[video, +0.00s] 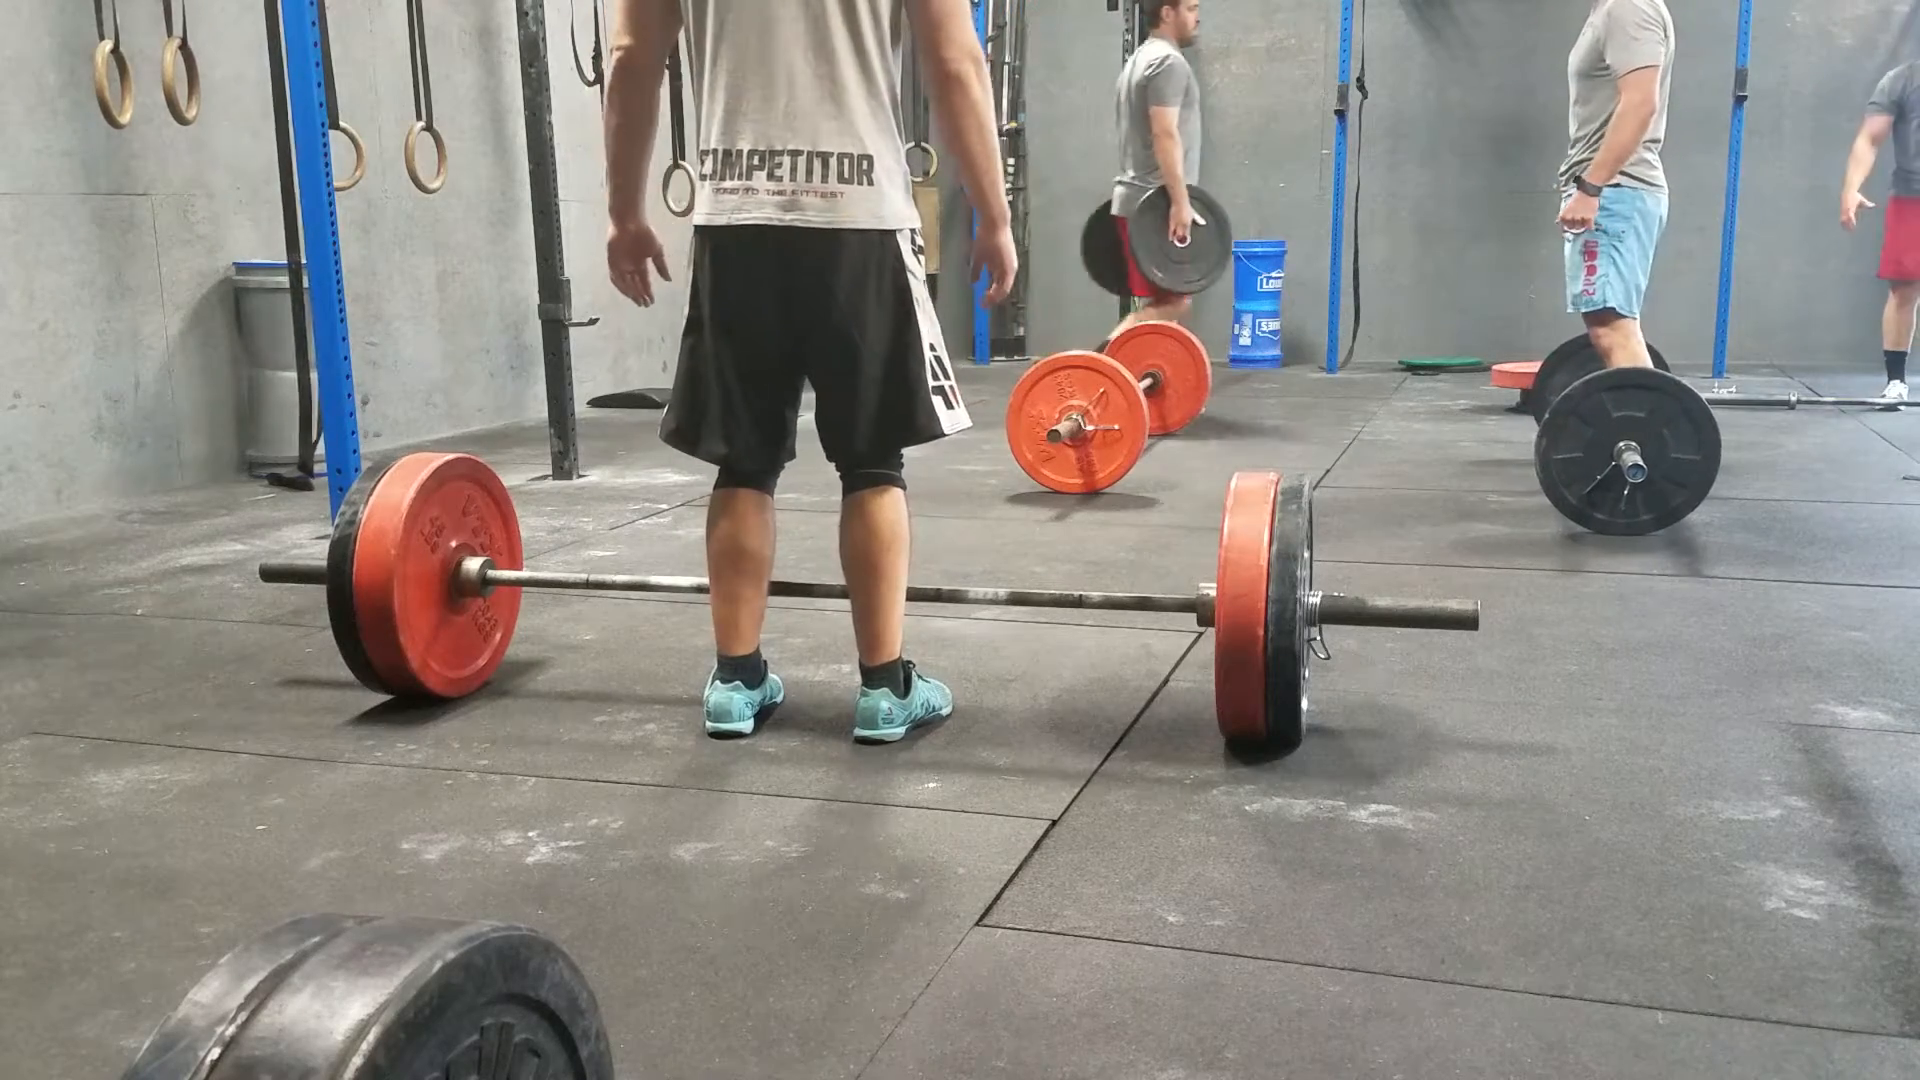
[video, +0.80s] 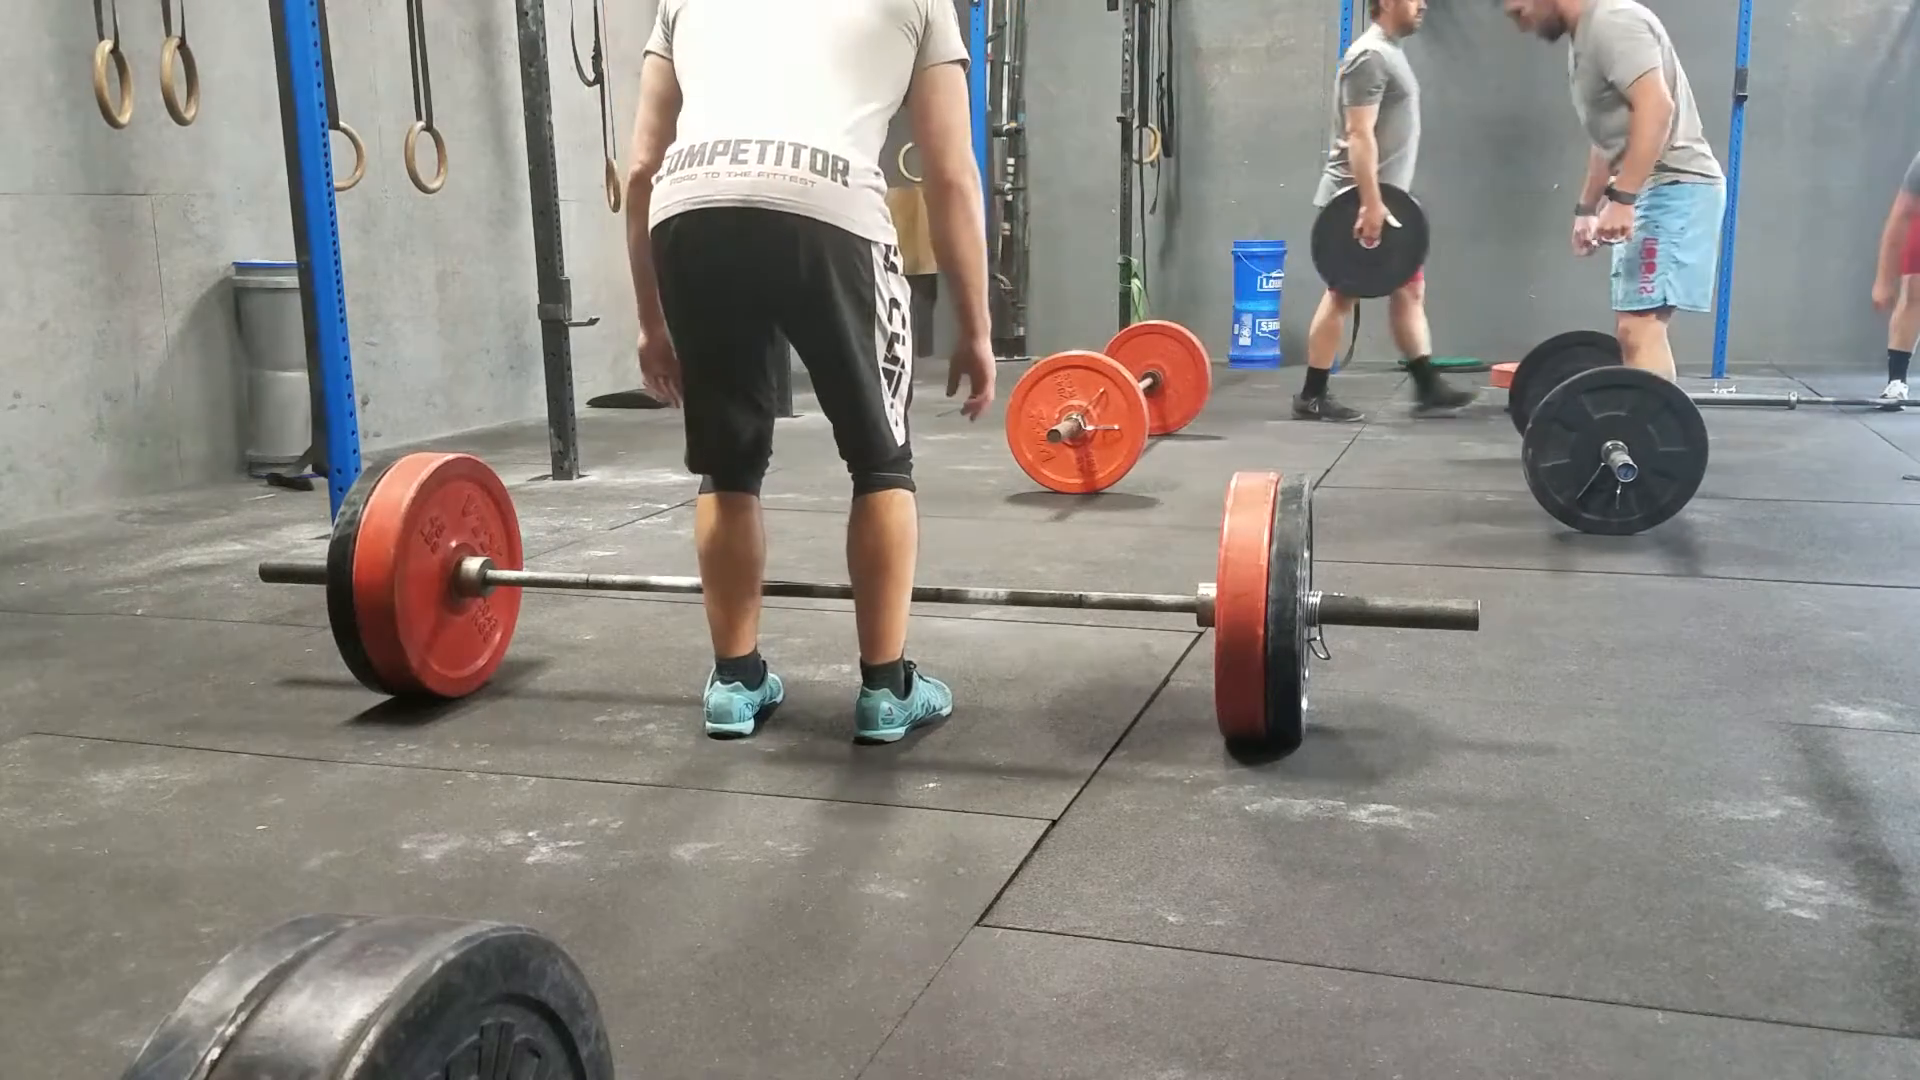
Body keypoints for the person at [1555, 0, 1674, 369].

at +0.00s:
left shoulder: (1629, 9)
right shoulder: (1614, 10)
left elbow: (1639, 103)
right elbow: (1630, 106)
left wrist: (1590, 187)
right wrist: (1585, 187)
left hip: (1619, 191)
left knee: (1612, 331)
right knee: (1615, 329)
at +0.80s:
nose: (1520, 25)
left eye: (1517, 12)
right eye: (1514, 17)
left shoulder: (1612, 21)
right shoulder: (1585, 36)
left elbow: (1656, 107)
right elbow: (1607, 133)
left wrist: (1622, 198)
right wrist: (1588, 207)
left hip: (1674, 183)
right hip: (1650, 185)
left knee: (1639, 329)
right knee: (1638, 329)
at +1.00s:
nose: (1501, 119)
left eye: (1495, 109)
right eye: (1493, 114)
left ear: (1512, 76)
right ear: (1511, 76)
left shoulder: (1580, 77)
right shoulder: (1562, 115)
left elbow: (1645, 144)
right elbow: (1593, 195)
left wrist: (1640, 236)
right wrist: (1586, 274)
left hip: (1711, 188)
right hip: (1686, 192)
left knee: (1646, 328)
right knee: (1647, 331)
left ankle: (1659, 458)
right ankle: (1661, 457)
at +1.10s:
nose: (1497, 159)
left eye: (1490, 150)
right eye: (1488, 156)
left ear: (1501, 121)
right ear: (1500, 121)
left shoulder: (1569, 109)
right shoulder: (1555, 149)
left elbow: (1645, 164)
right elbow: (1586, 227)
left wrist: (1652, 252)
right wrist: (1580, 308)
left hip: (1721, 187)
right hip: (1699, 193)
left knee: (1650, 324)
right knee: (1646, 325)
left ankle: (1658, 455)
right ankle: (1658, 453)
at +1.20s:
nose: (1496, 197)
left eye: (1487, 189)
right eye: (1486, 195)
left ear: (1496, 161)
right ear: (1497, 158)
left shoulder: (1562, 138)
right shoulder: (1554, 178)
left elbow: (1644, 179)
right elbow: (1582, 258)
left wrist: (1663, 265)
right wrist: (1573, 339)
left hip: (1724, 191)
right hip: (1705, 198)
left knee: (1648, 324)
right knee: (1651, 328)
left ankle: (1658, 455)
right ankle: (1657, 455)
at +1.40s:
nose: (1494, 242)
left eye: (1486, 237)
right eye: (1485, 241)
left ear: (1492, 210)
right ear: (1493, 209)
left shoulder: (1549, 177)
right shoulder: (1552, 223)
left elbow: (1634, 208)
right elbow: (1576, 305)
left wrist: (1667, 291)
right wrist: (1573, 391)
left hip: (1727, 192)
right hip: (1710, 200)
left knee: (1640, 324)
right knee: (1643, 325)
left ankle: (1657, 449)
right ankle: (1662, 449)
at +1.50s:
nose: (1499, 261)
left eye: (1488, 255)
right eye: (1489, 259)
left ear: (1488, 226)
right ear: (1491, 222)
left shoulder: (1547, 192)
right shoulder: (1548, 230)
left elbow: (1629, 227)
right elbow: (1577, 307)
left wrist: (1658, 309)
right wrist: (1580, 390)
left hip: (1726, 193)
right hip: (1705, 202)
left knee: (1634, 328)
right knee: (1631, 327)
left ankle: (1660, 452)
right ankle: (1653, 450)